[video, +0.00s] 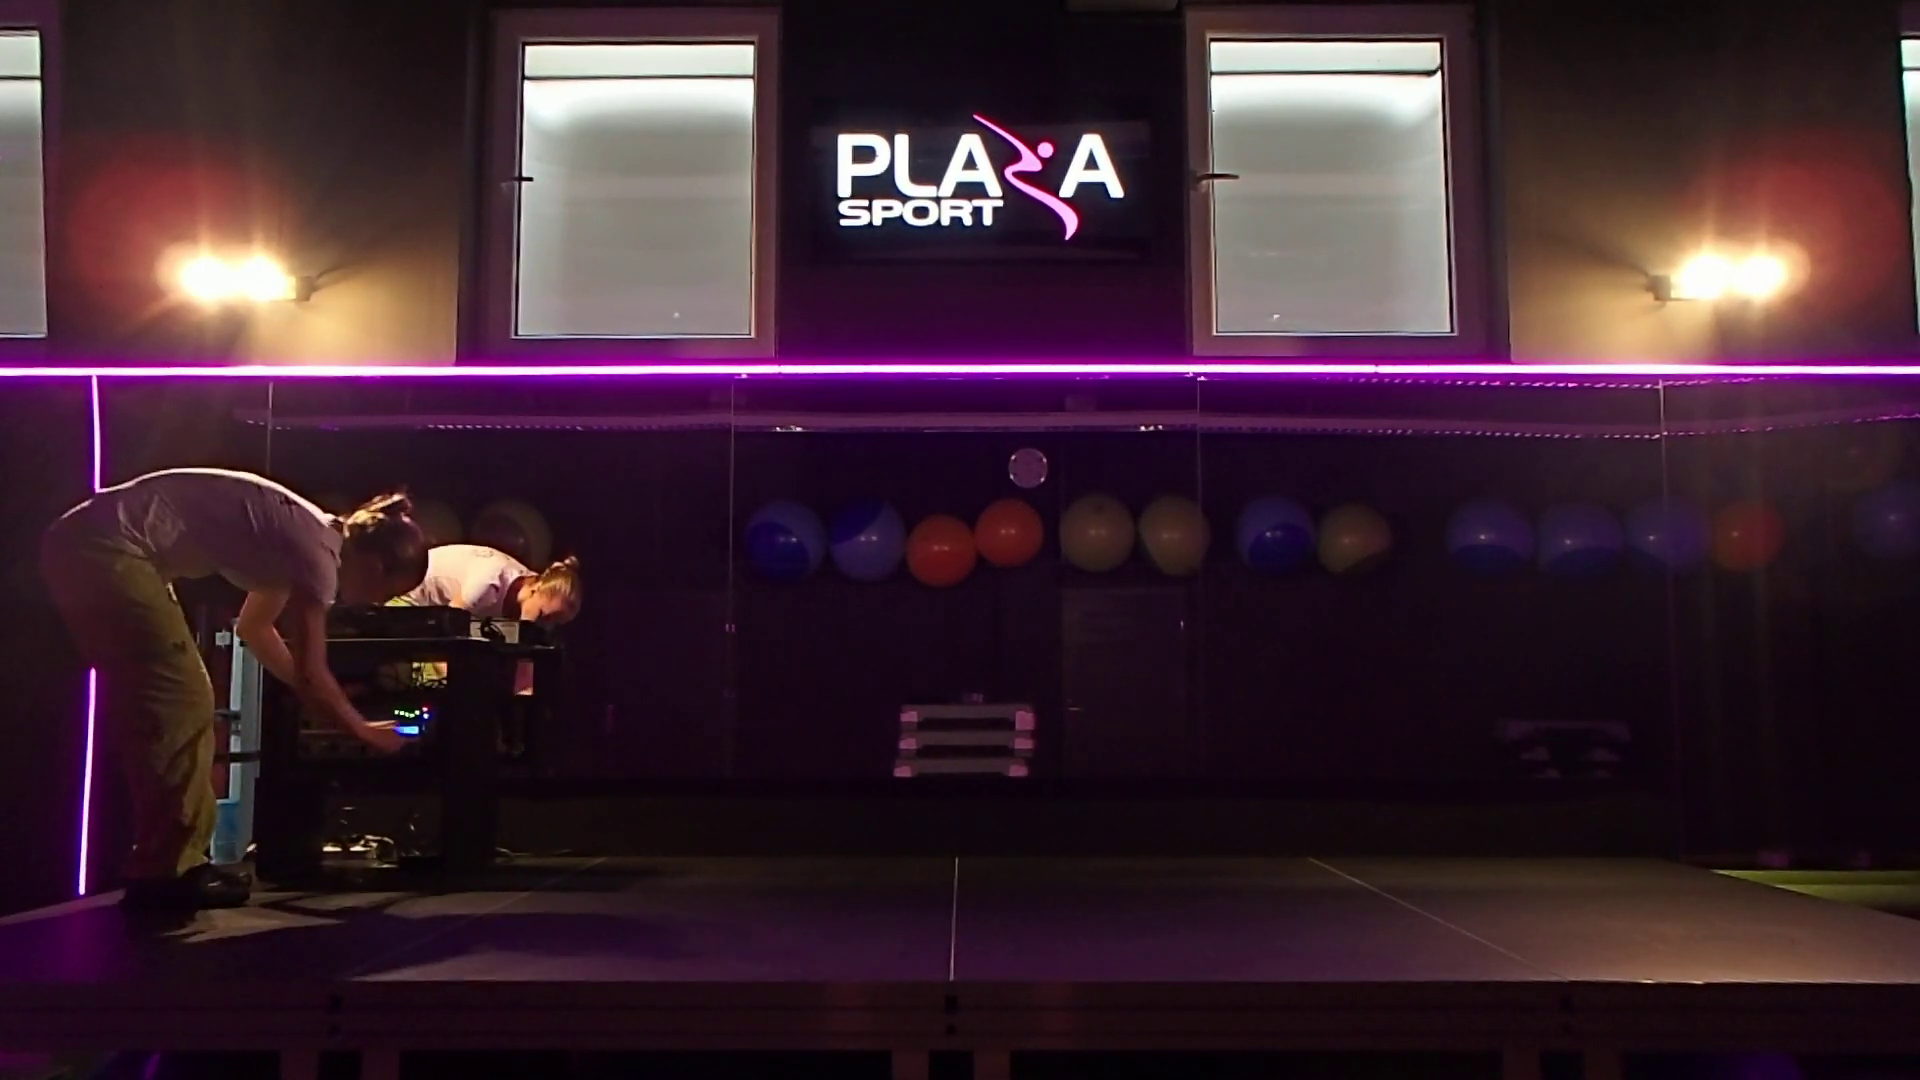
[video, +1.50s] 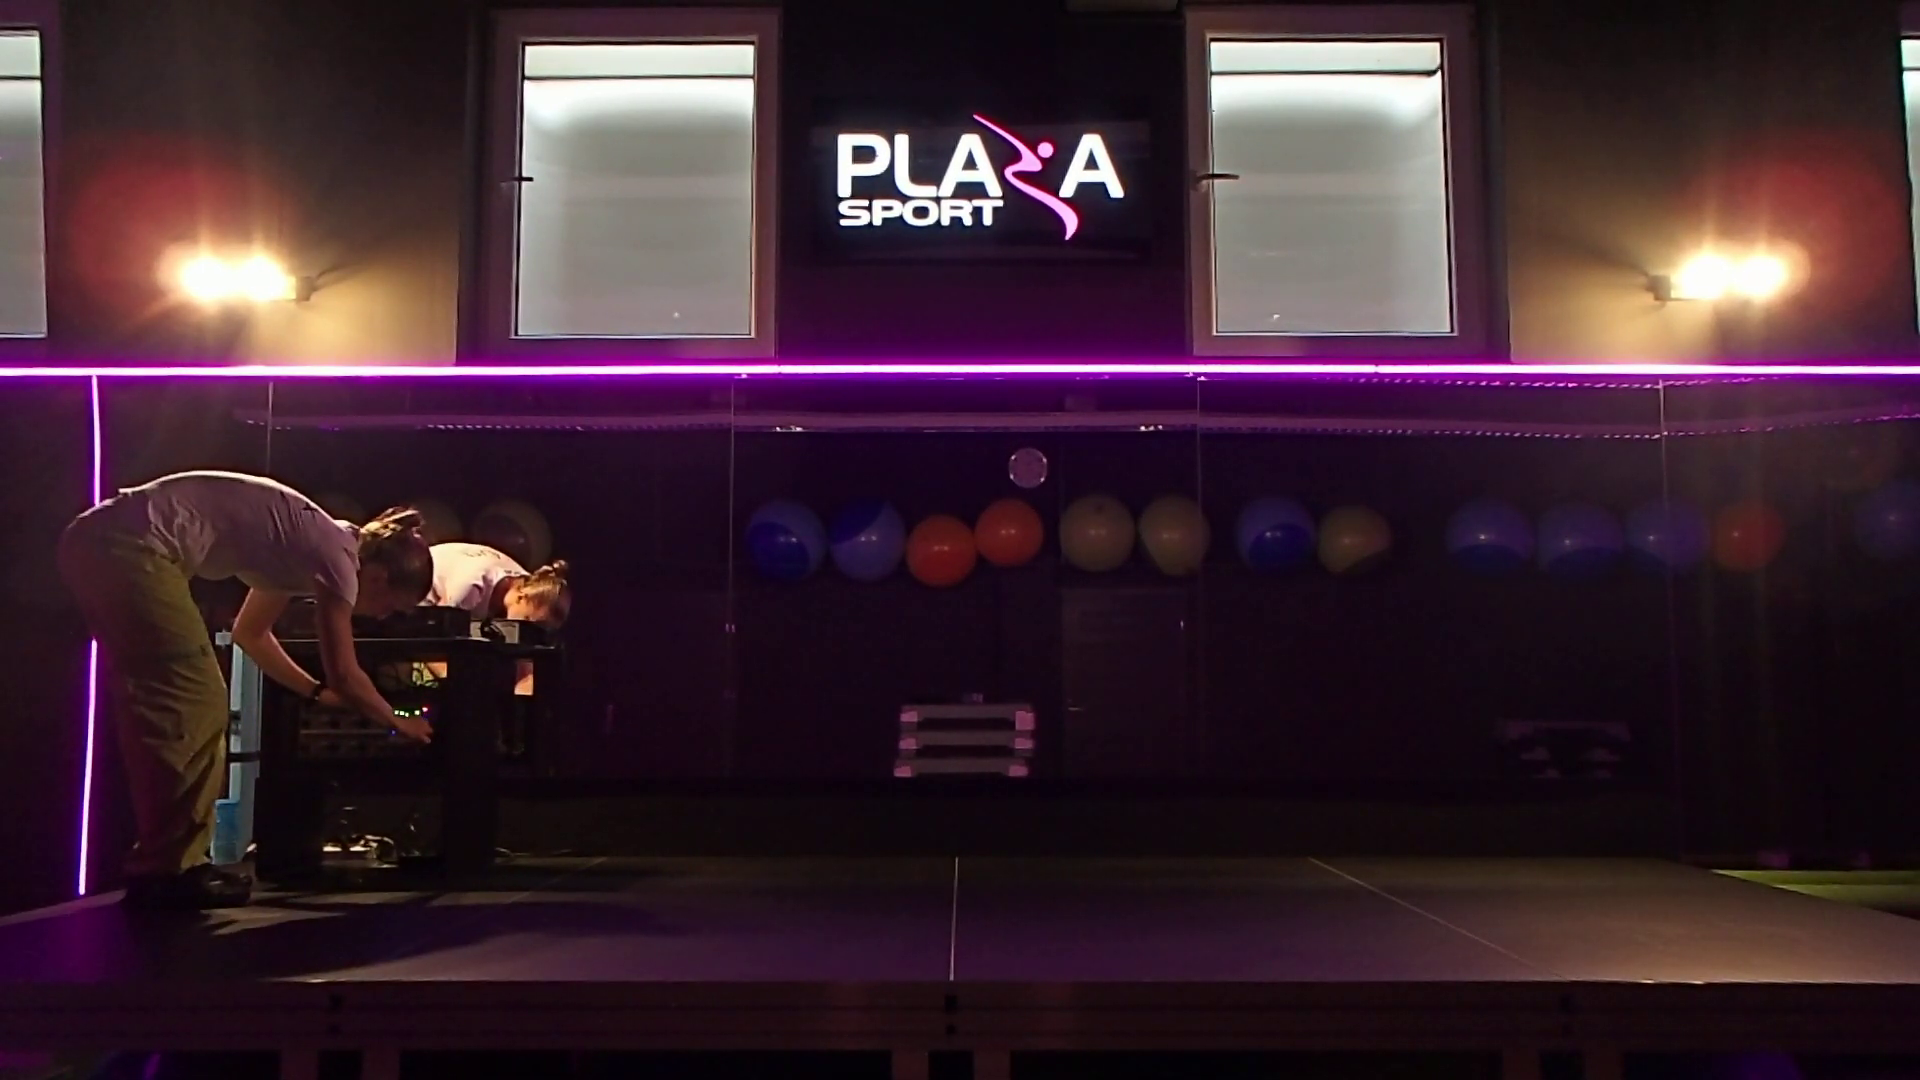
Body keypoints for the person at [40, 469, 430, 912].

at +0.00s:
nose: (380, 602)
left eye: (392, 596)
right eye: (389, 591)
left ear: (372, 554)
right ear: (374, 562)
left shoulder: (301, 539)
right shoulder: (317, 555)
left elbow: (254, 627)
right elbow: (314, 672)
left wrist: (309, 687)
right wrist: (361, 727)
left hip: (111, 547)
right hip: (108, 550)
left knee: (181, 696)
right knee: (182, 697)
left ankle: (177, 868)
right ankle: (168, 874)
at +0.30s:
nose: (378, 616)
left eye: (390, 612)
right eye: (388, 607)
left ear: (376, 568)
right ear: (379, 576)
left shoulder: (295, 554)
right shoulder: (333, 559)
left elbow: (246, 635)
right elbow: (343, 680)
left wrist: (313, 691)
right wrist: (396, 726)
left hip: (104, 544)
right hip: (124, 548)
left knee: (167, 696)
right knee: (196, 696)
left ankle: (168, 864)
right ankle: (171, 869)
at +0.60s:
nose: (379, 619)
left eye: (391, 615)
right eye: (389, 610)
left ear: (379, 570)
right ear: (380, 577)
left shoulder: (296, 553)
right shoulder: (338, 558)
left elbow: (247, 636)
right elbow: (344, 679)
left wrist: (315, 691)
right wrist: (395, 726)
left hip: (109, 542)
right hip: (132, 546)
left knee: (168, 695)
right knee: (197, 697)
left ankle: (165, 865)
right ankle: (172, 868)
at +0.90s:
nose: (380, 618)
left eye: (391, 614)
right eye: (389, 609)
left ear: (380, 571)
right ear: (380, 577)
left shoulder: (297, 552)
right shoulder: (338, 556)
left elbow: (247, 634)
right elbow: (343, 676)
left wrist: (314, 691)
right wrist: (394, 726)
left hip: (111, 542)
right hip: (134, 547)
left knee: (173, 697)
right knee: (198, 697)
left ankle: (166, 865)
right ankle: (172, 868)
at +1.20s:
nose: (380, 618)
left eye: (391, 615)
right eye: (389, 609)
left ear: (379, 570)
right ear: (379, 576)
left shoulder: (299, 551)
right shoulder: (338, 555)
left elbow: (248, 633)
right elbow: (342, 674)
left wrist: (314, 690)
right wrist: (395, 725)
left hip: (113, 542)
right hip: (132, 547)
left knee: (186, 697)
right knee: (197, 698)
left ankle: (169, 865)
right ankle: (170, 868)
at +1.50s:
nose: (378, 615)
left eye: (390, 611)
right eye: (388, 605)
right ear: (381, 574)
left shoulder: (296, 549)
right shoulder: (336, 551)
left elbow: (249, 632)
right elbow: (344, 672)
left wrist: (315, 691)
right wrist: (398, 722)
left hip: (111, 542)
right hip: (132, 547)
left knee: (181, 699)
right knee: (196, 700)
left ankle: (167, 866)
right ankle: (170, 869)